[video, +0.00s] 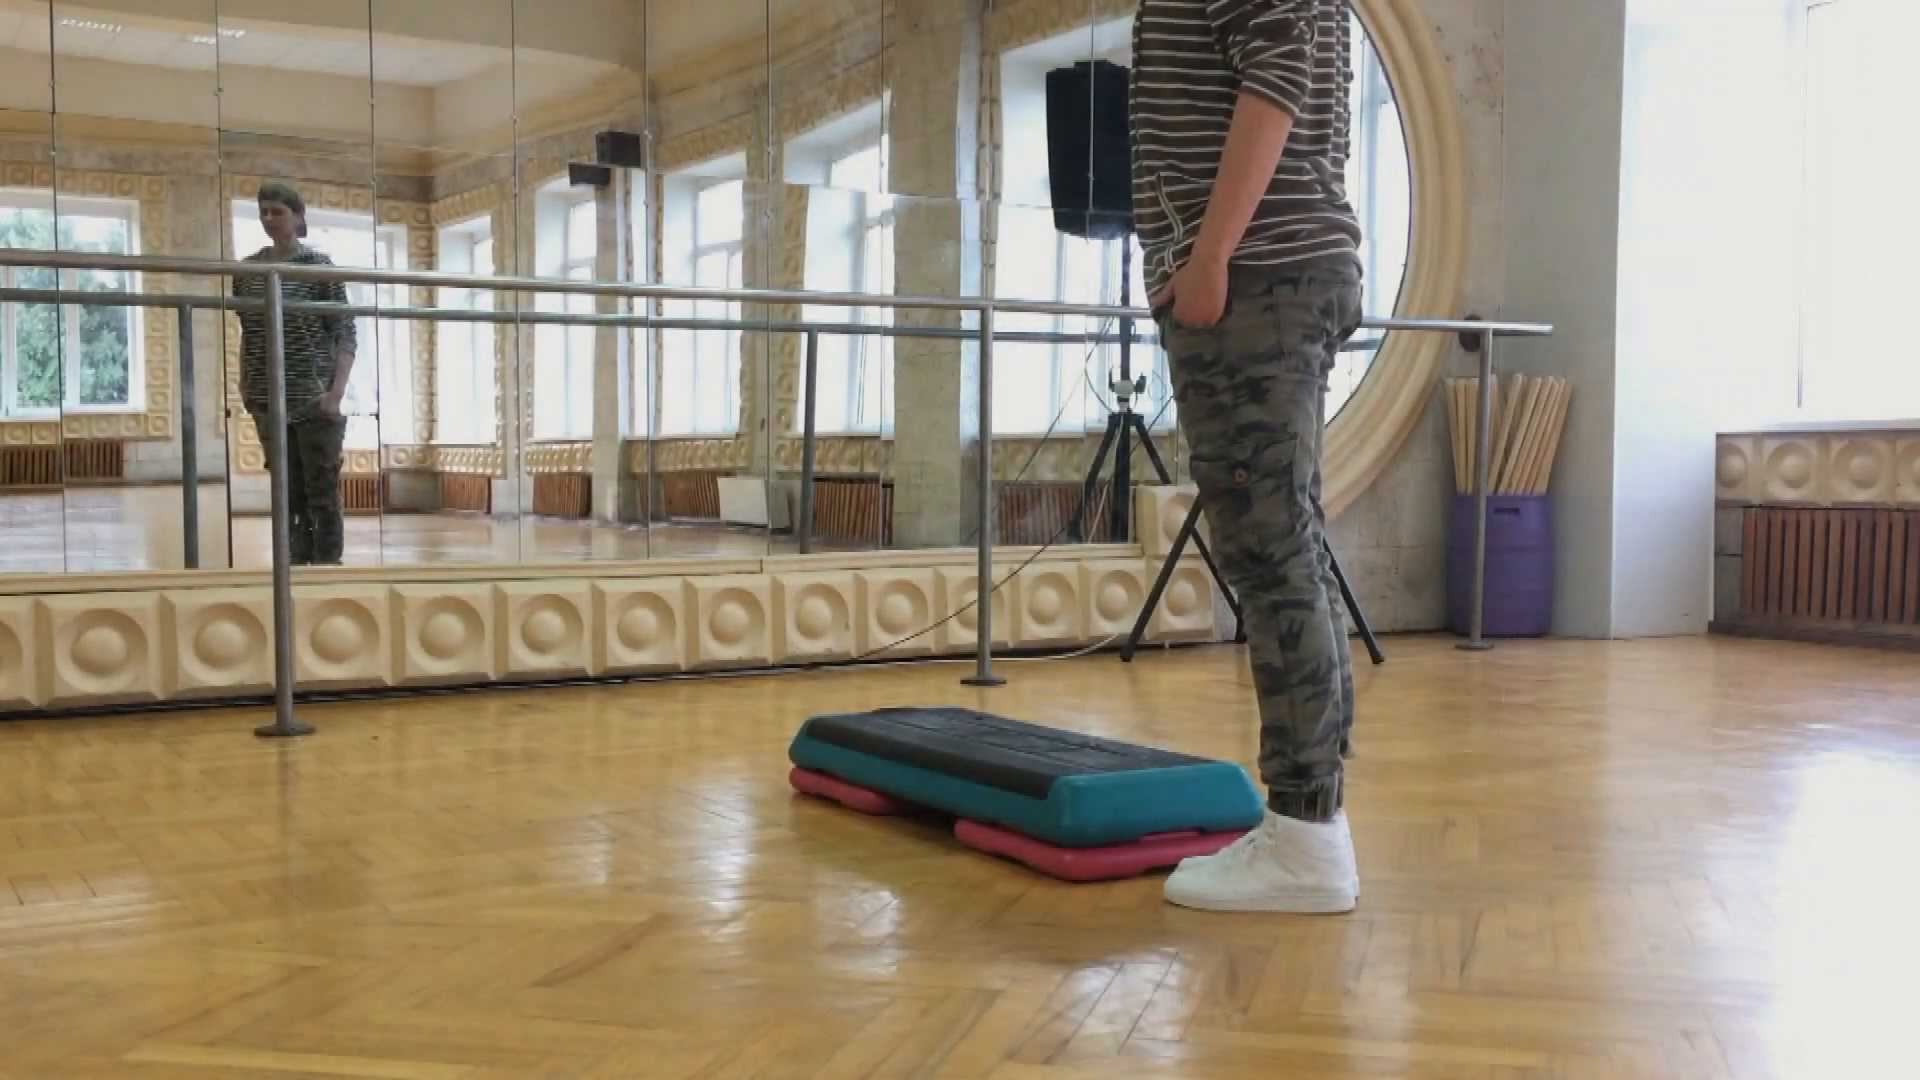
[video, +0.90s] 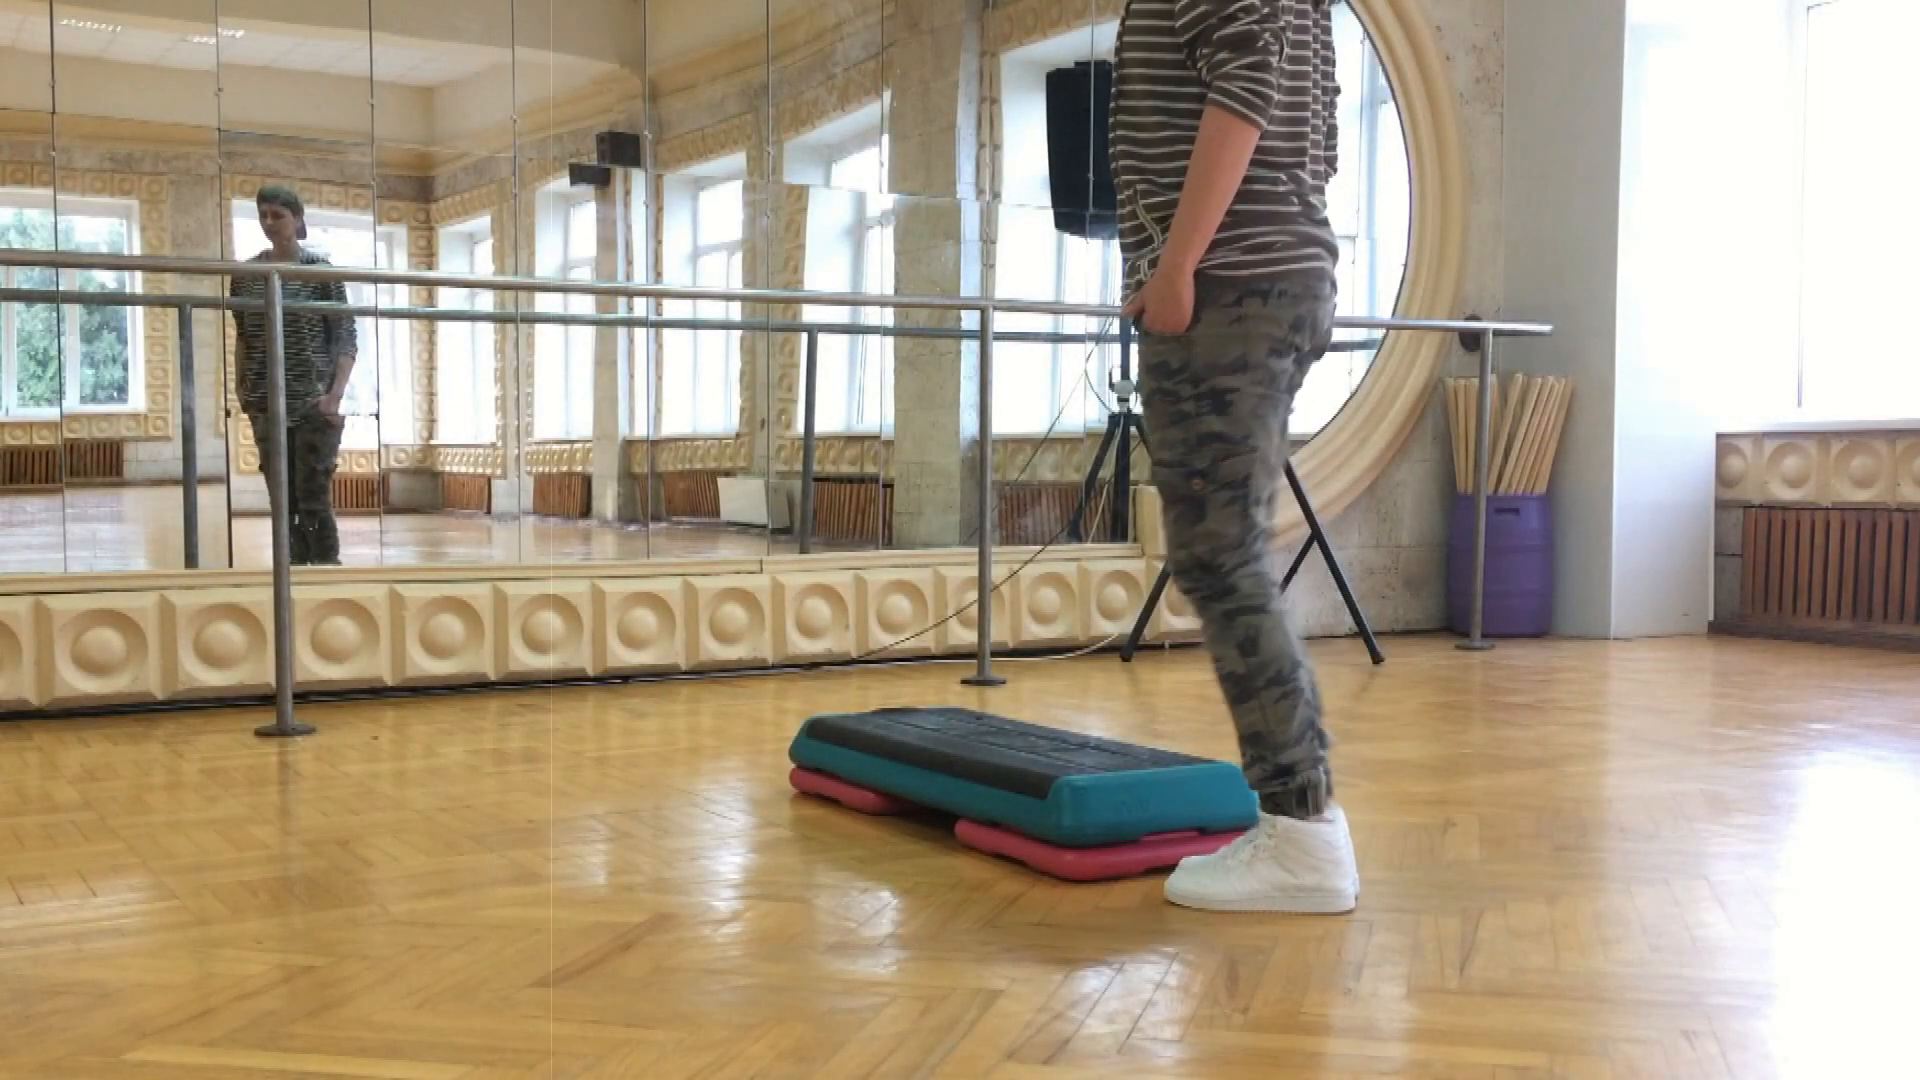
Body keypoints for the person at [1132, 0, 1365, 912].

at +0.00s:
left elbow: (1279, 75)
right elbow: (1268, 87)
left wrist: (1210, 253)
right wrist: (1193, 251)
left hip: (1259, 274)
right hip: (1253, 273)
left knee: (1265, 546)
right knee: (1276, 543)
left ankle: (1305, 838)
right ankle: (1305, 822)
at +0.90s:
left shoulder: (1233, 0)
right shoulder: (1288, 10)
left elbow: (1244, 93)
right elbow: (1315, 148)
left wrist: (1176, 264)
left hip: (1230, 287)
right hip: (1268, 283)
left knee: (1220, 559)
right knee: (1228, 555)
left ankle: (1303, 838)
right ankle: (1302, 824)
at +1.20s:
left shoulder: (1188, 2)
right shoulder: (1159, 20)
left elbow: (1258, 103)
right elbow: (1298, 135)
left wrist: (1178, 269)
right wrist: (1168, 260)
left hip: (1235, 279)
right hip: (1195, 285)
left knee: (1179, 557)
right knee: (1040, 439)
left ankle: (1292, 834)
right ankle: (1149, 674)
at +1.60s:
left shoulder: (1171, 5)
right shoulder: (1079, 25)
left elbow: (1285, 85)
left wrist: (1262, 258)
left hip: (1255, 285)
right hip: (1154, 303)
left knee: (1355, 504)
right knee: (1067, 472)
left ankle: (1462, 748)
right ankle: (1144, 705)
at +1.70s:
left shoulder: (1177, 7)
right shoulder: (1090, 29)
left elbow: (1290, 106)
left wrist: (1275, 277)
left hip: (1263, 301)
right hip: (1158, 316)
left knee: (1368, 504)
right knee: (1067, 475)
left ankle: (1486, 733)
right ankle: (1145, 704)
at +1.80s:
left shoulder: (1194, 14)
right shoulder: (1113, 37)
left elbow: (1297, 133)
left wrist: (1290, 297)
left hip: (1274, 311)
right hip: (1175, 327)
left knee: (1366, 511)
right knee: (1074, 474)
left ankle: (1492, 720)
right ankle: (1147, 704)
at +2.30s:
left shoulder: (1196, 61)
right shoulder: (1165, 65)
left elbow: (1262, 215)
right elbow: (1202, 221)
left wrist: (1219, 361)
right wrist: (1167, 349)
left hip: (1234, 369)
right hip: (1185, 371)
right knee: (1151, 554)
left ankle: (1425, 698)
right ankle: (1244, 751)